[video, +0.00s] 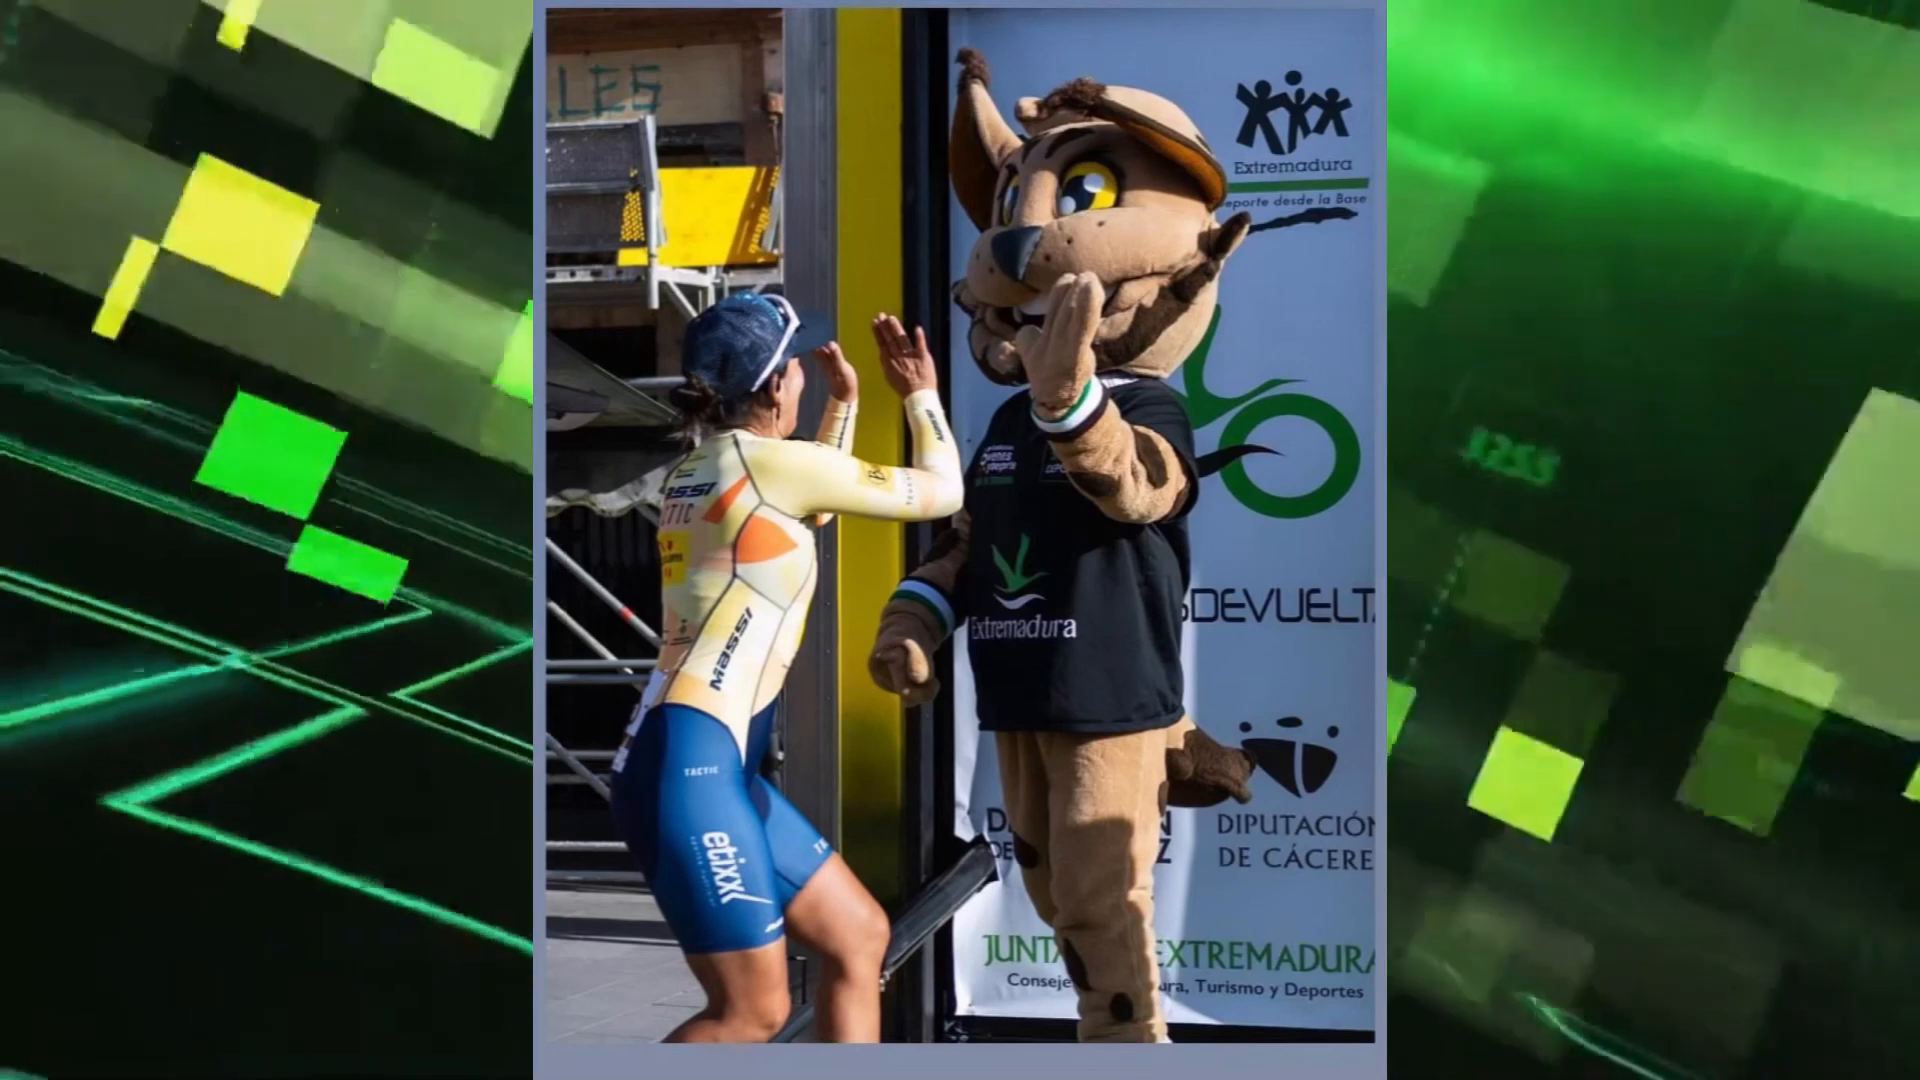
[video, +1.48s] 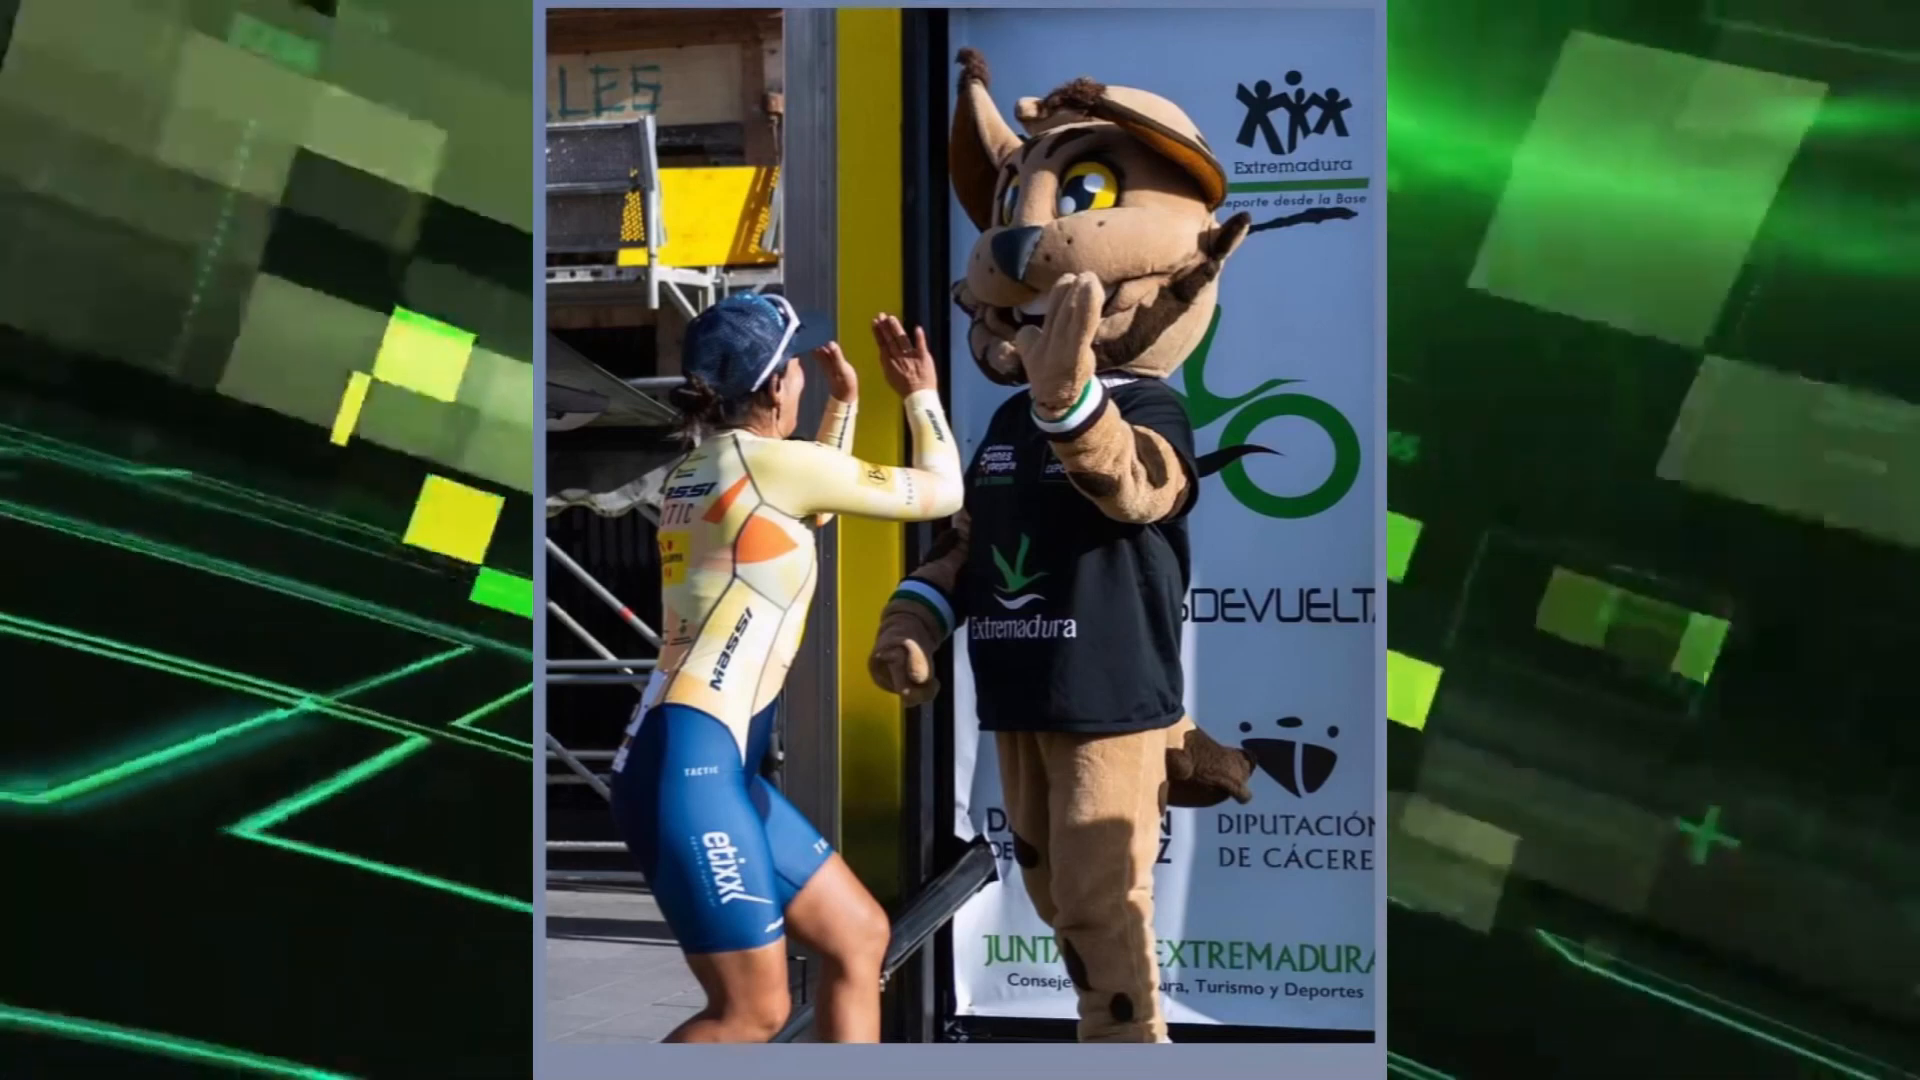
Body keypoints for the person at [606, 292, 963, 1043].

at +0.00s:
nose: (803, 377)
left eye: (799, 363)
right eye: (796, 364)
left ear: (715, 387)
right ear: (776, 380)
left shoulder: (692, 471)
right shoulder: (778, 465)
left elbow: (798, 494)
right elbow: (938, 492)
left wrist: (840, 412)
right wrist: (924, 395)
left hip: (714, 770)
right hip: (686, 774)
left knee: (860, 934)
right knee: (754, 1010)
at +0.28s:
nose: (803, 377)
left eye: (800, 363)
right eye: (796, 364)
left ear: (716, 387)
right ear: (776, 381)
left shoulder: (693, 471)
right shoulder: (778, 465)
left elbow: (801, 495)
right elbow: (939, 492)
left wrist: (840, 411)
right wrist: (924, 396)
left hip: (714, 769)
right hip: (686, 774)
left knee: (860, 933)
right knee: (754, 1009)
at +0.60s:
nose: (803, 377)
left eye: (799, 363)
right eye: (796, 364)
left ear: (715, 387)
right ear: (776, 380)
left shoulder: (692, 471)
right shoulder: (778, 465)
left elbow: (798, 494)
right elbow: (938, 492)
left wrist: (840, 412)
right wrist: (924, 396)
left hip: (714, 770)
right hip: (686, 774)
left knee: (860, 934)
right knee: (754, 1010)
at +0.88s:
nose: (803, 377)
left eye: (800, 363)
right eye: (796, 364)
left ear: (715, 387)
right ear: (776, 380)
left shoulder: (692, 471)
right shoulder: (778, 465)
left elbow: (798, 494)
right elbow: (938, 492)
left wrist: (840, 412)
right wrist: (924, 395)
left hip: (714, 770)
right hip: (686, 774)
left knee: (860, 934)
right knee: (754, 1010)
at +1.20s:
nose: (803, 377)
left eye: (799, 363)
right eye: (796, 364)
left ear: (715, 387)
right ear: (776, 380)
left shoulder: (692, 471)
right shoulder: (778, 465)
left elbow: (798, 494)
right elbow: (938, 492)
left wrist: (840, 412)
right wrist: (924, 395)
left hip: (714, 770)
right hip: (686, 774)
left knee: (860, 934)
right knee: (754, 1010)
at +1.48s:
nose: (803, 377)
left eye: (800, 363)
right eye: (796, 364)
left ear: (715, 387)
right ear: (776, 380)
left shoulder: (692, 471)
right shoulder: (778, 465)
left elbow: (797, 494)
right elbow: (938, 492)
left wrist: (840, 412)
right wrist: (924, 396)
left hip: (714, 770)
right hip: (686, 774)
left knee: (860, 934)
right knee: (754, 1010)